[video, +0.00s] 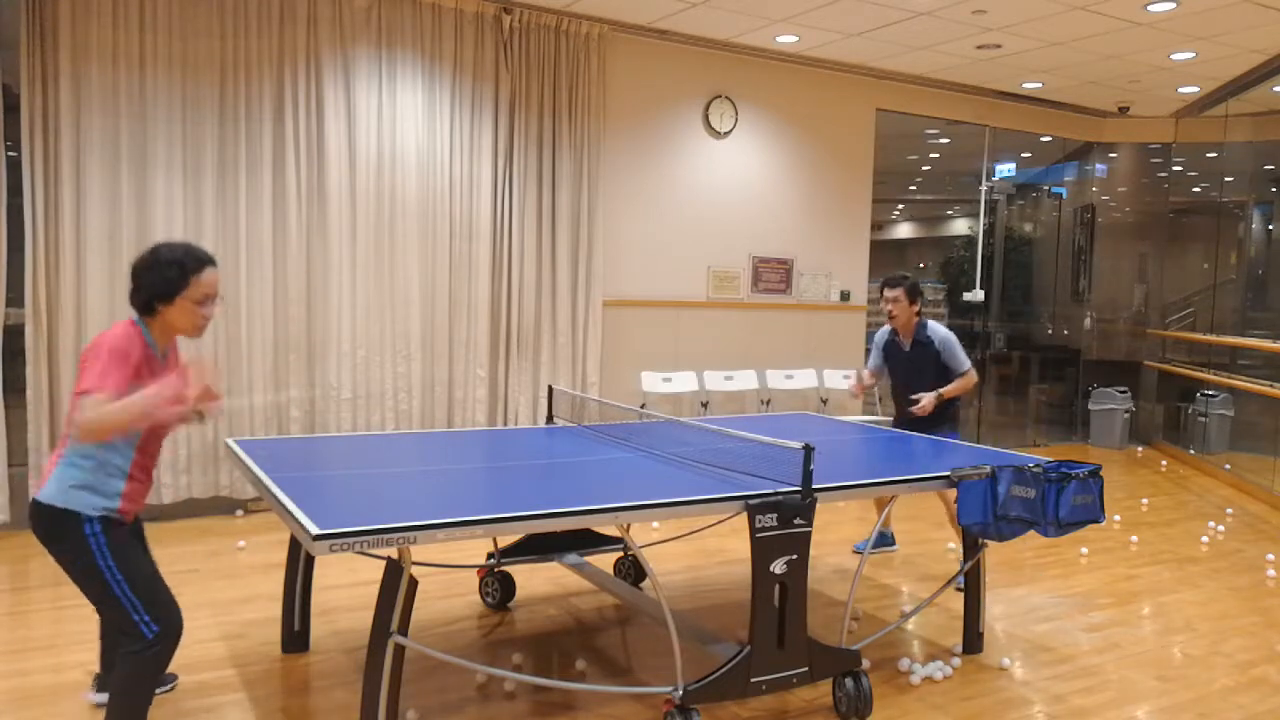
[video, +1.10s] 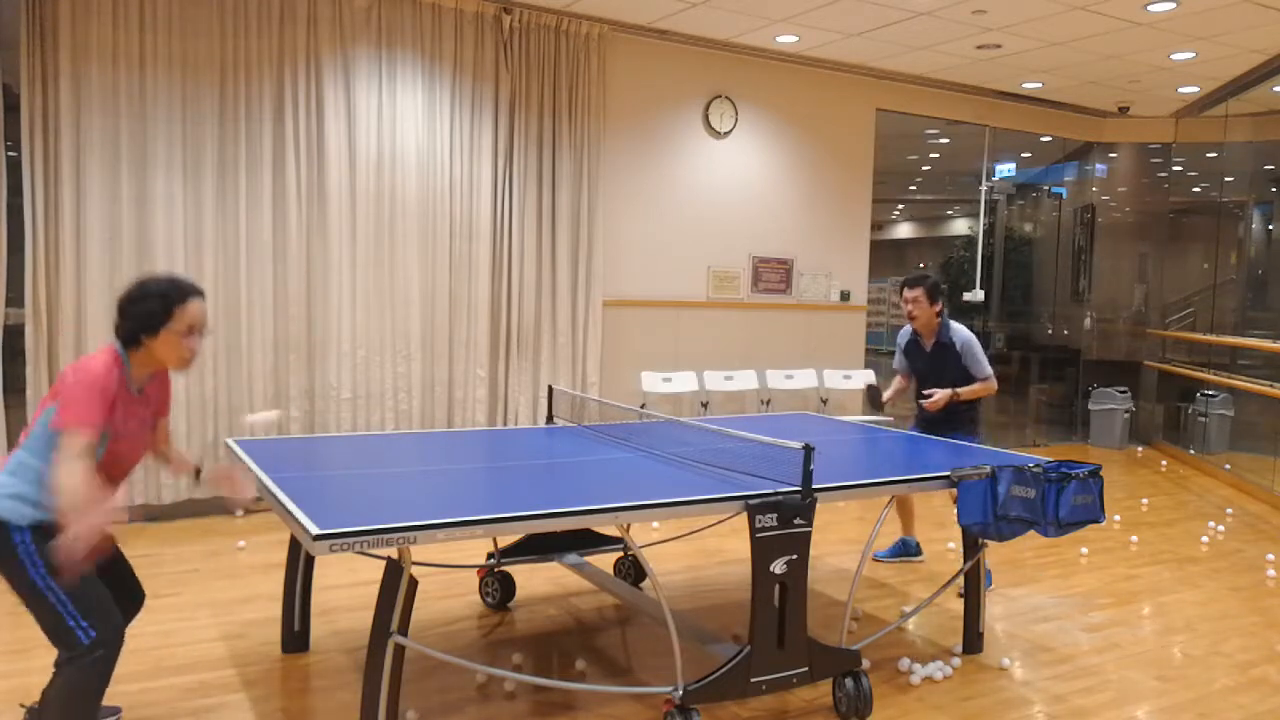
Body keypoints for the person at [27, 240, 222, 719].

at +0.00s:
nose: (211, 312)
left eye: (214, 300)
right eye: (202, 301)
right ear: (163, 300)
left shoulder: (167, 352)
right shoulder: (118, 343)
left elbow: (147, 422)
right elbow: (85, 421)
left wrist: (190, 409)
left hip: (113, 506)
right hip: (73, 508)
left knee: (127, 598)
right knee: (157, 627)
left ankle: (114, 679)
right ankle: (124, 709)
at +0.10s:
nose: (199, 292)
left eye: (200, 281)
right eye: (191, 280)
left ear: (151, 281)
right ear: (152, 279)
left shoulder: (132, 323)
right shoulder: (121, 319)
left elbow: (176, 381)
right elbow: (172, 378)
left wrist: (231, 341)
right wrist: (238, 327)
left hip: (71, 497)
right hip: (83, 502)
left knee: (104, 605)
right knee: (158, 627)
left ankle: (86, 706)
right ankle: (117, 714)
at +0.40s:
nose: (177, 270)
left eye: (176, 259)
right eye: (168, 261)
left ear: (129, 267)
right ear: (132, 266)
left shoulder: (109, 313)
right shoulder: (100, 310)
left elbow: (145, 382)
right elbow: (150, 380)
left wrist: (195, 343)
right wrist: (218, 331)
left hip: (48, 488)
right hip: (60, 492)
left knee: (70, 618)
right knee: (111, 634)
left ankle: (49, 711)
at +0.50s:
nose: (179, 276)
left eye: (177, 265)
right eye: (169, 266)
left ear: (140, 274)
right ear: (132, 271)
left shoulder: (123, 325)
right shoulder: (92, 318)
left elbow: (139, 396)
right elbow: (93, 408)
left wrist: (193, 376)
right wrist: (181, 394)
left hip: (67, 499)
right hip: (40, 498)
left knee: (72, 628)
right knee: (100, 631)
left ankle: (52, 710)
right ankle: (72, 714)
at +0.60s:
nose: (181, 296)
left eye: (180, 284)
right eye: (172, 285)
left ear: (142, 292)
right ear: (133, 291)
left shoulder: (135, 341)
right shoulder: (86, 340)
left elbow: (139, 406)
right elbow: (56, 437)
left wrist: (185, 411)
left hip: (75, 507)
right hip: (31, 507)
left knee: (104, 610)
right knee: (96, 638)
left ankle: (69, 705)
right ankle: (62, 714)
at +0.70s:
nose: (185, 319)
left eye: (184, 307)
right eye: (176, 309)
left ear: (141, 317)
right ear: (136, 316)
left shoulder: (146, 359)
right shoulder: (77, 366)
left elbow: (157, 422)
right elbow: (29, 462)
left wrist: (185, 448)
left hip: (69, 513)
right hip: (21, 517)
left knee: (105, 625)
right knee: (94, 641)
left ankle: (51, 706)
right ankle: (63, 714)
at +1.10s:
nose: (197, 345)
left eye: (200, 333)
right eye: (189, 333)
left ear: (155, 337)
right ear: (148, 334)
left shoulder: (157, 379)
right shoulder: (95, 375)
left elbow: (160, 449)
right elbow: (70, 470)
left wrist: (208, 475)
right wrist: (85, 522)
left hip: (65, 511)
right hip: (19, 518)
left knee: (126, 598)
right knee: (96, 635)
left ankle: (61, 703)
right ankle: (62, 714)